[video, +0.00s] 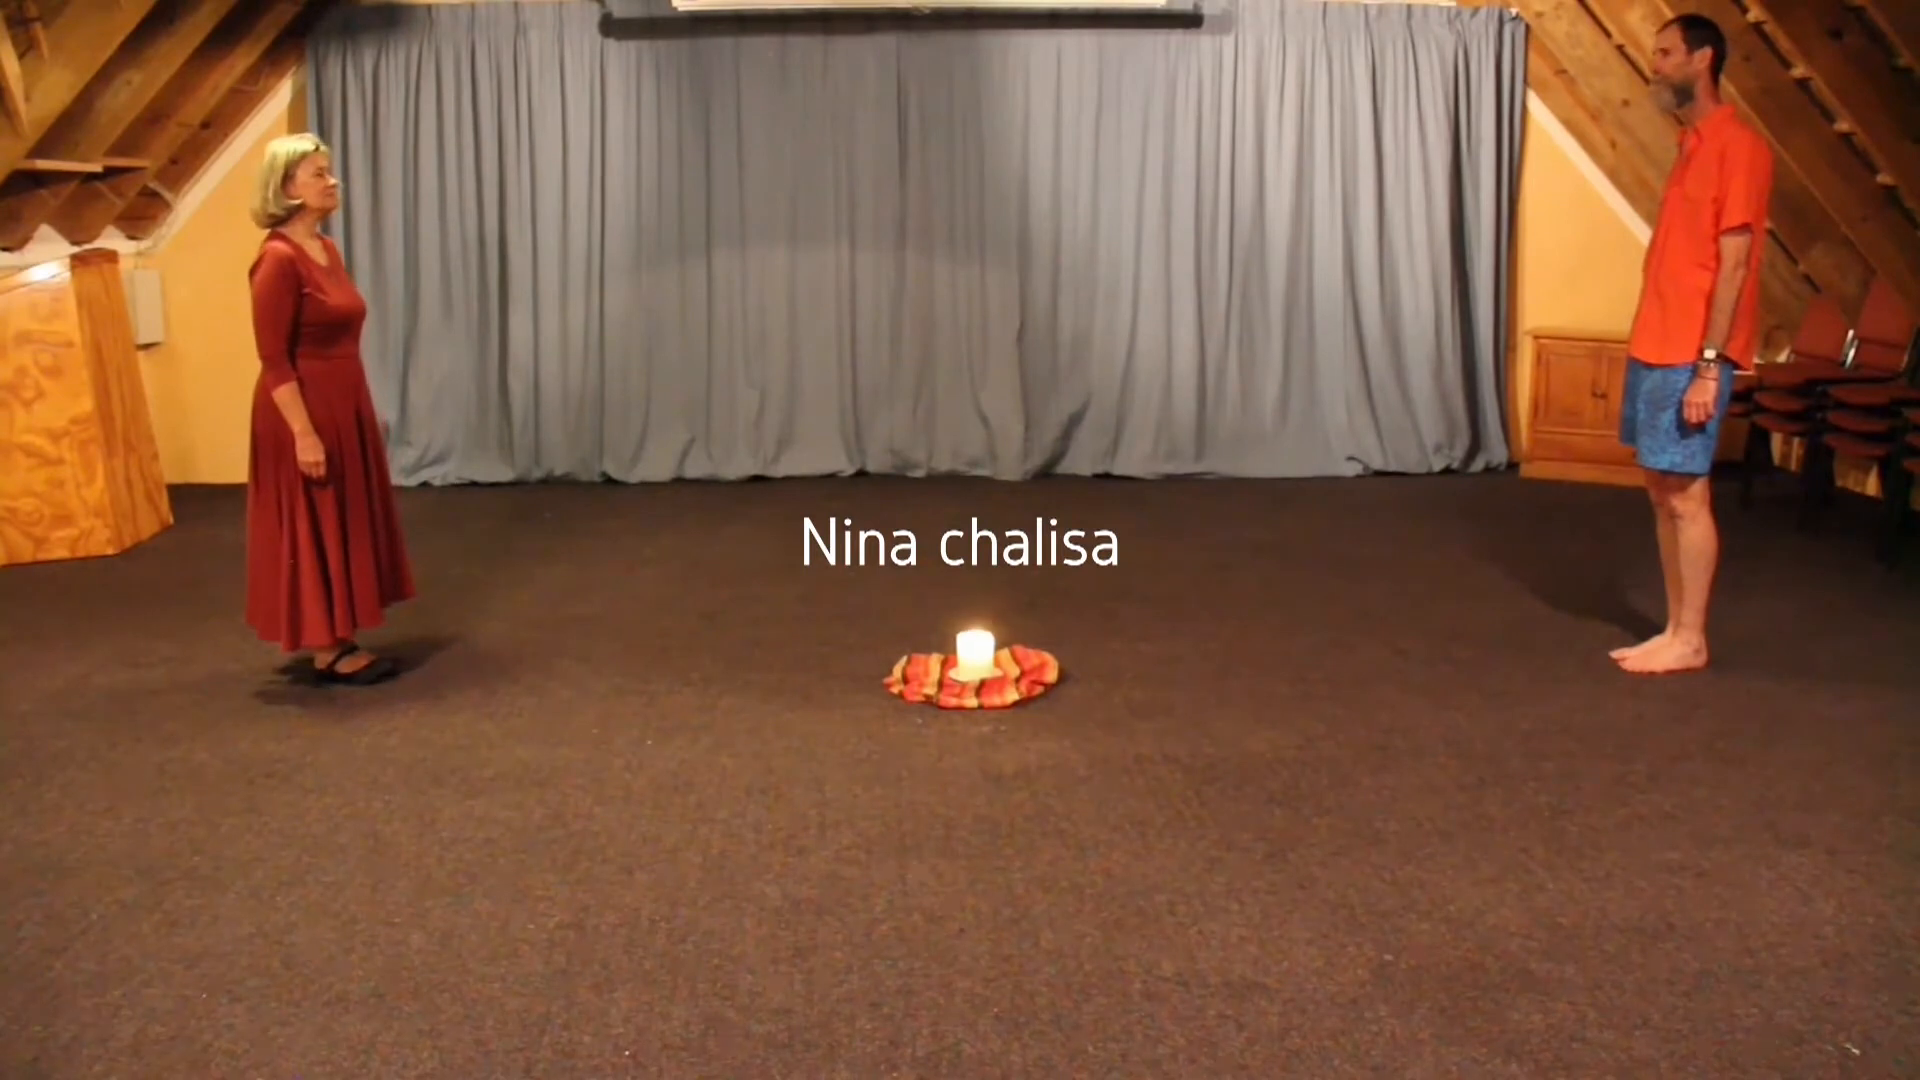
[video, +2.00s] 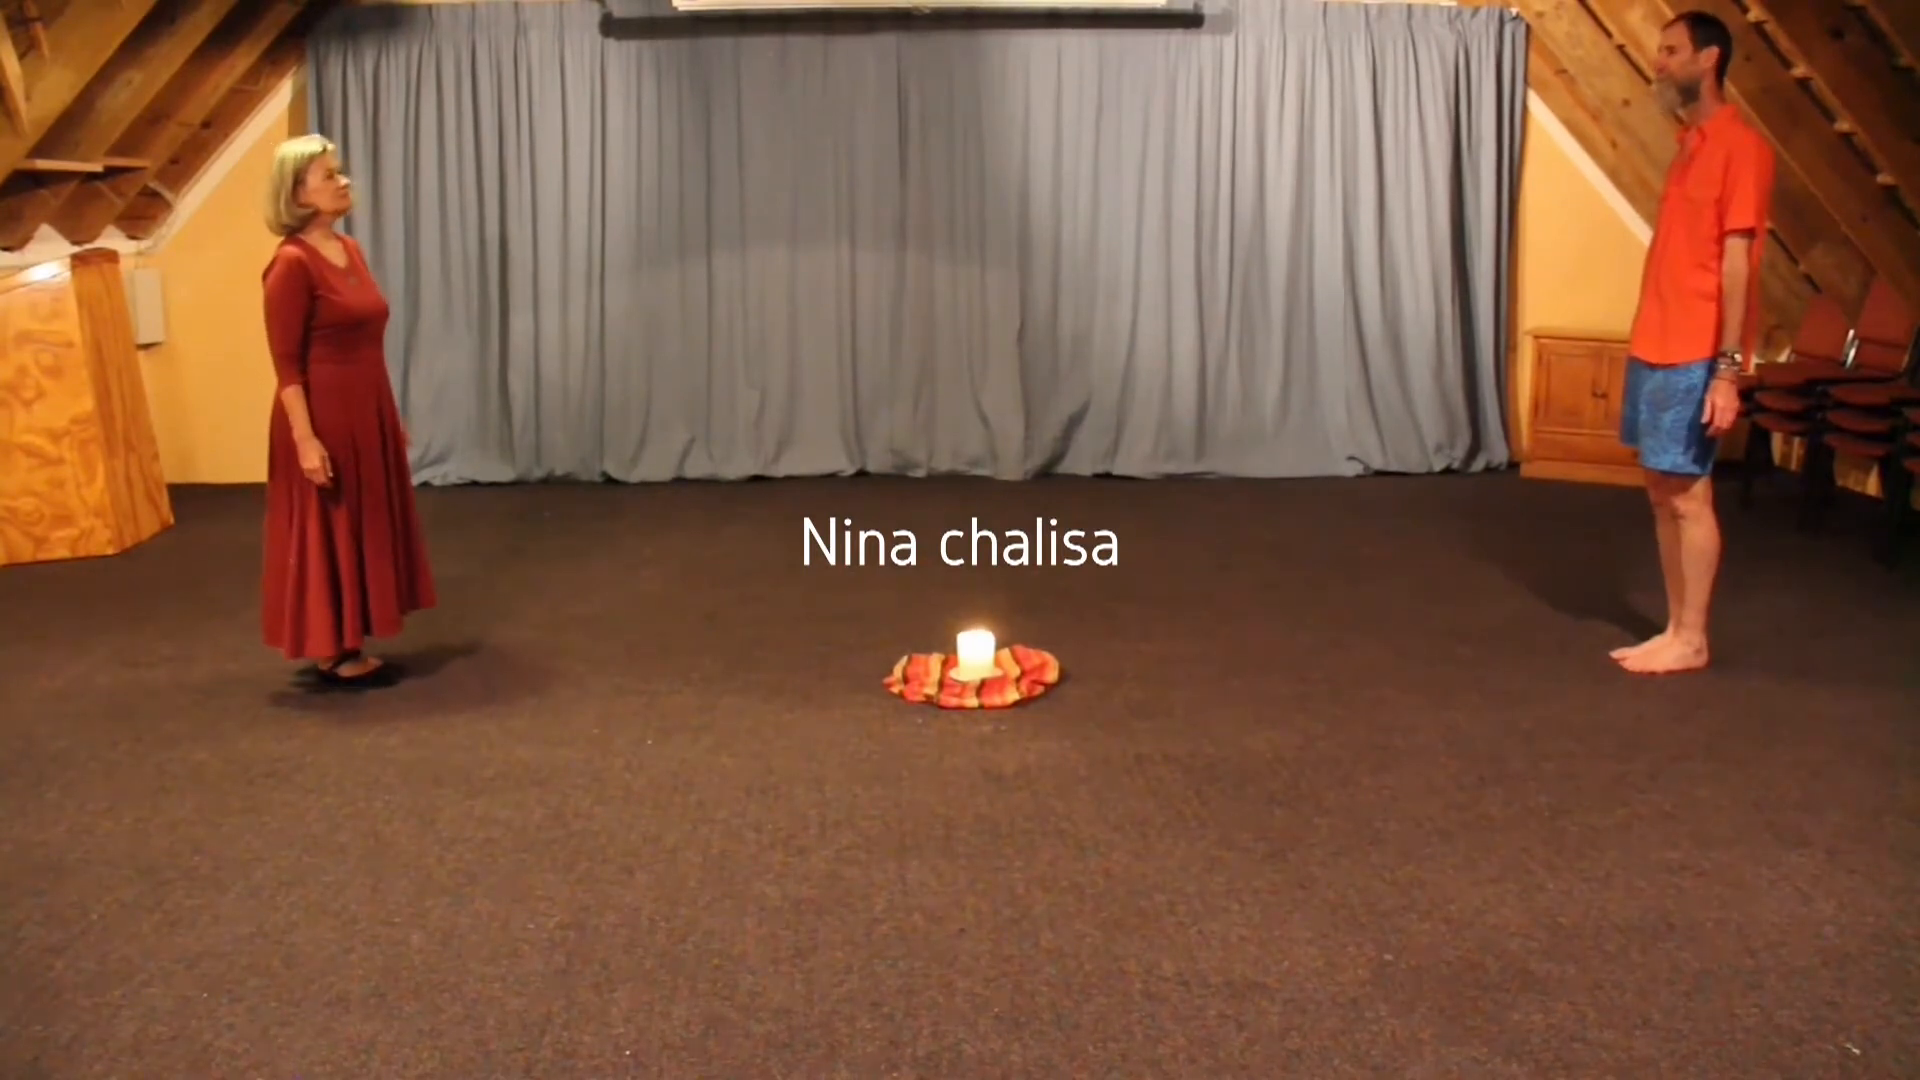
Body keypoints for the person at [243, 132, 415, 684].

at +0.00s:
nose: (333, 182)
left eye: (330, 172)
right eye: (319, 175)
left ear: (323, 183)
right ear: (289, 188)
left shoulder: (327, 249)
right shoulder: (277, 259)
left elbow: (339, 344)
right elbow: (273, 359)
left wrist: (363, 409)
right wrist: (303, 431)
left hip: (342, 403)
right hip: (304, 409)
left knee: (339, 519)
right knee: (313, 524)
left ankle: (336, 642)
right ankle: (325, 648)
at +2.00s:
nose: (345, 182)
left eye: (341, 173)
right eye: (331, 176)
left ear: (331, 187)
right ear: (300, 193)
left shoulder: (348, 249)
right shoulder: (290, 262)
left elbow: (366, 347)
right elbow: (286, 362)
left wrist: (390, 418)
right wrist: (304, 437)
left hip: (365, 406)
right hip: (322, 413)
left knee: (357, 520)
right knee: (326, 524)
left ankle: (346, 644)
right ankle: (328, 648)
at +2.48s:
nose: (355, 183)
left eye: (353, 173)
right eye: (342, 175)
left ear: (348, 184)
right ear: (310, 191)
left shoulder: (356, 250)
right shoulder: (301, 262)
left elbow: (374, 348)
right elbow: (297, 362)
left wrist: (395, 417)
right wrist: (315, 439)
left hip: (375, 408)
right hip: (333, 414)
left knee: (365, 521)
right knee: (334, 525)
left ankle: (353, 643)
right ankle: (334, 648)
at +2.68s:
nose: (358, 181)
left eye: (355, 171)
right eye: (344, 173)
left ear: (345, 184)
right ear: (314, 189)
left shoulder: (356, 248)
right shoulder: (304, 261)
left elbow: (370, 343)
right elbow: (302, 362)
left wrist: (391, 413)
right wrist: (319, 437)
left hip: (376, 405)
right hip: (337, 410)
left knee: (367, 519)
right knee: (338, 524)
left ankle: (355, 643)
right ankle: (338, 648)